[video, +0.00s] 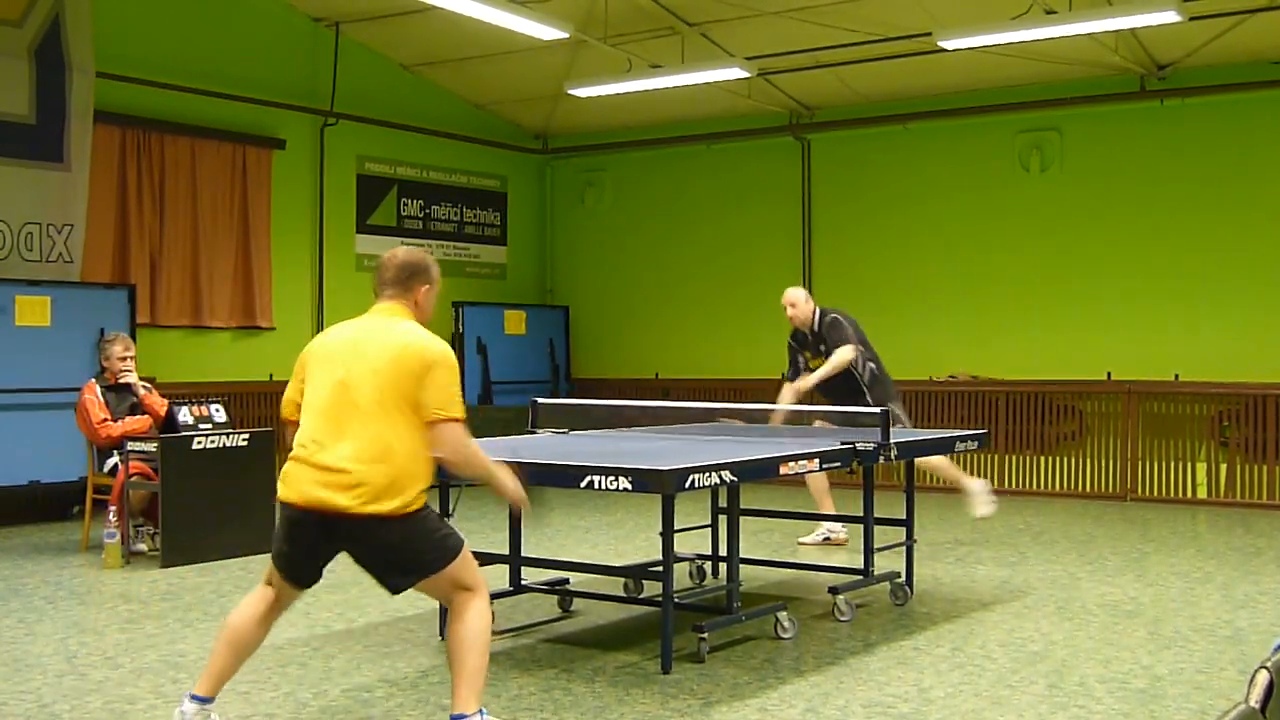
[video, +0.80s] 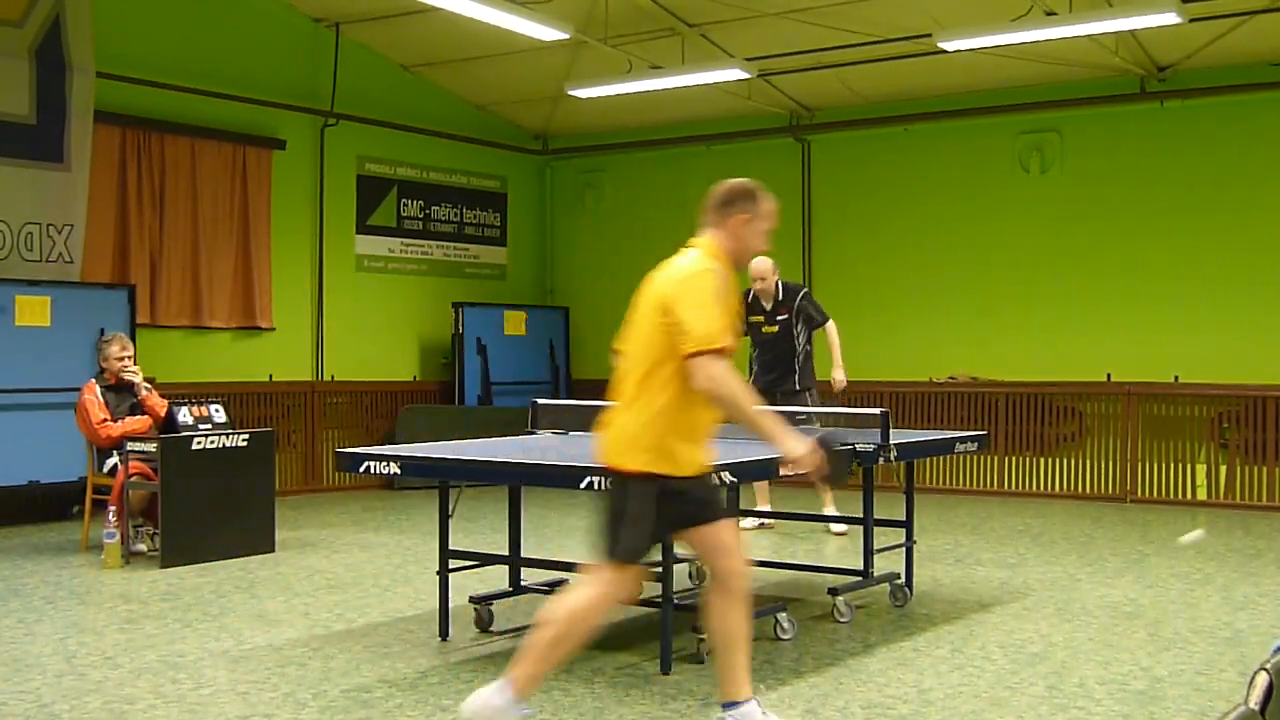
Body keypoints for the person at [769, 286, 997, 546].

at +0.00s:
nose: (788, 313)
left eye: (792, 306)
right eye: (785, 308)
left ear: (809, 303)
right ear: (787, 311)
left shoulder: (833, 321)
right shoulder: (797, 339)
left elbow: (848, 352)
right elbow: (791, 386)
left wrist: (812, 379)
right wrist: (774, 427)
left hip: (876, 402)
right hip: (839, 409)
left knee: (913, 453)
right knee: (807, 457)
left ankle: (973, 485)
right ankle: (832, 525)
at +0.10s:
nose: (780, 298)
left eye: (784, 291)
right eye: (777, 293)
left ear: (802, 288)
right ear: (779, 295)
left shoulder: (827, 309)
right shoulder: (791, 323)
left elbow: (828, 354)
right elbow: (803, 367)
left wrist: (793, 378)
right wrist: (805, 412)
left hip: (864, 397)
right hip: (829, 400)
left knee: (882, 449)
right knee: (809, 452)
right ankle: (831, 522)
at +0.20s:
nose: (777, 297)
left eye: (781, 291)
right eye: (774, 292)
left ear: (799, 285)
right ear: (778, 291)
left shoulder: (826, 303)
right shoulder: (789, 313)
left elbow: (828, 349)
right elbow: (808, 350)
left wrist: (793, 362)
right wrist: (811, 385)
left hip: (854, 387)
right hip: (821, 387)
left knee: (865, 452)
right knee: (799, 444)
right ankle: (820, 511)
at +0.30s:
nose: (777, 303)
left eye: (778, 298)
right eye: (774, 299)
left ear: (794, 289)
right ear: (781, 294)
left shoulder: (822, 307)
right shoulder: (790, 313)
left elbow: (831, 352)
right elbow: (809, 348)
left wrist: (795, 354)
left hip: (840, 384)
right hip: (811, 382)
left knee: (842, 452)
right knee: (781, 432)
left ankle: (863, 517)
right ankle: (794, 498)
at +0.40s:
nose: (769, 304)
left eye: (771, 298)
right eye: (766, 300)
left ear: (788, 290)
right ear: (776, 295)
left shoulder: (816, 308)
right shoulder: (782, 314)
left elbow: (830, 349)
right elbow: (795, 350)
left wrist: (794, 363)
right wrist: (786, 368)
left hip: (831, 382)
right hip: (801, 381)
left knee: (836, 451)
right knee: (773, 439)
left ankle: (862, 517)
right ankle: (770, 509)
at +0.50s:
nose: (757, 304)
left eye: (760, 298)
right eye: (754, 299)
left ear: (775, 290)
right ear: (759, 295)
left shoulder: (804, 306)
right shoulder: (765, 312)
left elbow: (823, 345)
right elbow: (768, 344)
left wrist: (805, 383)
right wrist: (760, 371)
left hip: (814, 382)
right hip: (782, 381)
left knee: (828, 448)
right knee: (765, 441)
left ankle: (860, 514)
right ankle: (764, 511)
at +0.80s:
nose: (757, 285)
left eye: (762, 280)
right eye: (754, 280)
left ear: (776, 277)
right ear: (749, 278)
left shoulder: (798, 296)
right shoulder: (746, 301)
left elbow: (829, 325)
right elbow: (733, 338)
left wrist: (837, 367)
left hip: (798, 386)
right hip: (761, 386)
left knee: (812, 447)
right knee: (756, 447)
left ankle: (829, 508)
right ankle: (763, 509)